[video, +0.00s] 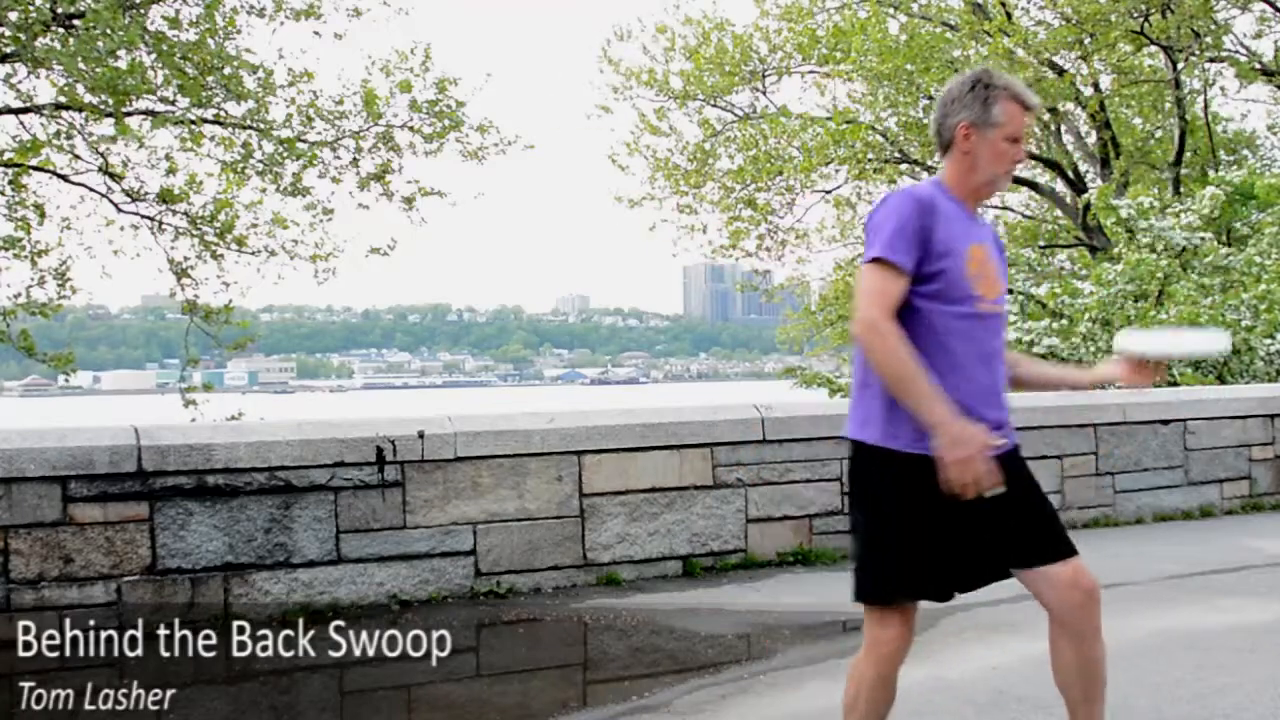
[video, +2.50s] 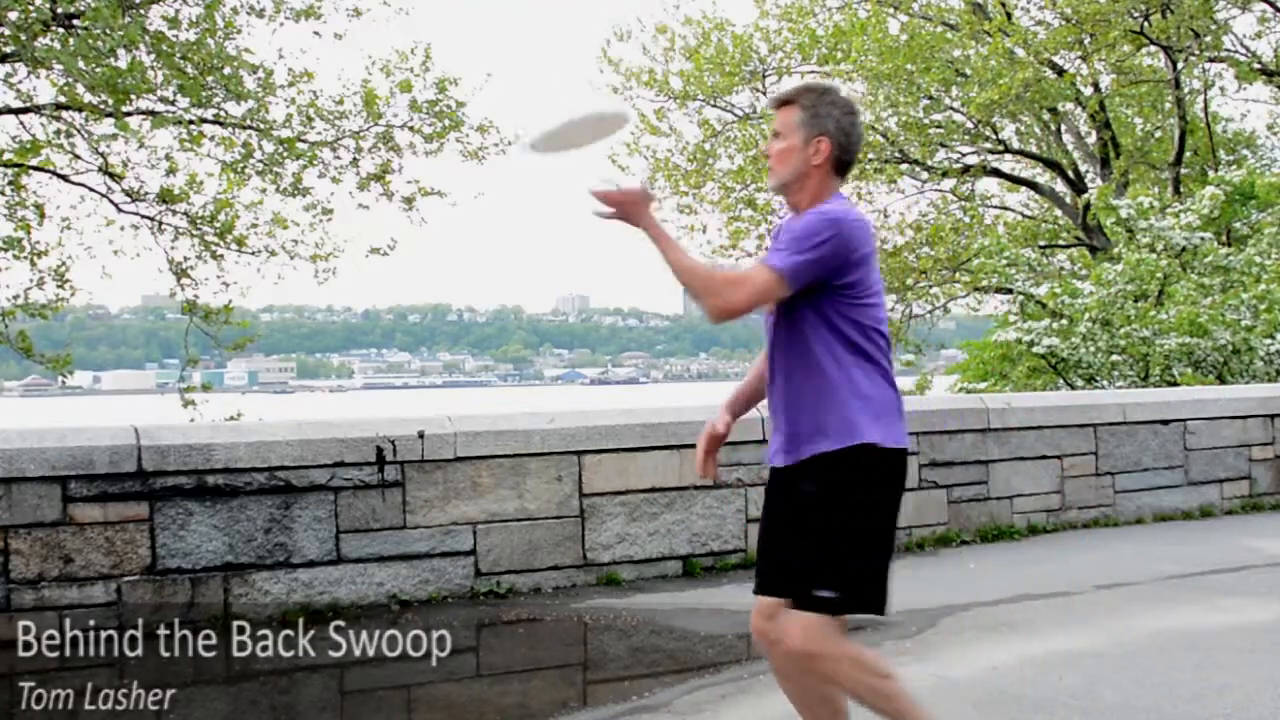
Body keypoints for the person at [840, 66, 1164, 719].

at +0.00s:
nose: (1022, 156)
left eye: (1025, 142)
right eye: (1012, 139)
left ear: (986, 144)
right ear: (966, 136)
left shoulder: (986, 237)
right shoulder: (909, 207)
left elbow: (990, 361)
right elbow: (870, 323)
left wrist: (1098, 375)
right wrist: (949, 425)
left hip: (985, 452)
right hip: (896, 456)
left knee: (1074, 595)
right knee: (887, 637)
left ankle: (1089, 719)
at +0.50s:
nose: (985, 203)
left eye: (990, 190)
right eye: (977, 186)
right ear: (930, 173)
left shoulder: (947, 276)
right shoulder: (858, 229)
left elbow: (949, 391)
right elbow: (794, 335)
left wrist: (1003, 479)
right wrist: (771, 452)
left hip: (914, 438)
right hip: (833, 455)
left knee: (1040, 484)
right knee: (852, 646)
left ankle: (1091, 689)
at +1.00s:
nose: (919, 187)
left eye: (931, 175)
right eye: (907, 170)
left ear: (941, 177)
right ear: (870, 160)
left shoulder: (930, 262)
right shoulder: (815, 229)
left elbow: (915, 371)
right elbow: (757, 338)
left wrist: (939, 457)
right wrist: (741, 451)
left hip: (908, 436)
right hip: (825, 453)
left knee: (1042, 478)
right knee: (846, 641)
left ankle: (1106, 685)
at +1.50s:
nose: (836, 123)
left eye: (852, 112)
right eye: (834, 111)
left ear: (900, 129)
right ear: (834, 122)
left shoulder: (943, 217)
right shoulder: (800, 202)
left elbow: (920, 315)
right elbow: (783, 322)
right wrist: (836, 426)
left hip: (930, 428)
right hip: (835, 431)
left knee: (998, 589)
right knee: (846, 622)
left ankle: (1022, 715)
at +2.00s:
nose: (824, 118)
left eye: (840, 107)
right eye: (829, 106)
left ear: (884, 127)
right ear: (871, 127)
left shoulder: (942, 212)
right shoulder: (796, 215)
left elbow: (992, 317)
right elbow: (777, 327)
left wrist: (931, 356)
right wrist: (802, 416)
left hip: (928, 448)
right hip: (834, 451)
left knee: (957, 613)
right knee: (816, 621)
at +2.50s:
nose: (766, 150)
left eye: (779, 138)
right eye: (770, 138)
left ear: (820, 150)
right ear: (814, 151)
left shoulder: (836, 224)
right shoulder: (795, 231)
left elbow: (724, 298)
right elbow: (788, 350)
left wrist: (648, 222)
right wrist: (730, 410)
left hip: (854, 448)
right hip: (800, 453)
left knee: (810, 635)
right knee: (772, 626)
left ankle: (916, 713)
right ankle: (833, 716)